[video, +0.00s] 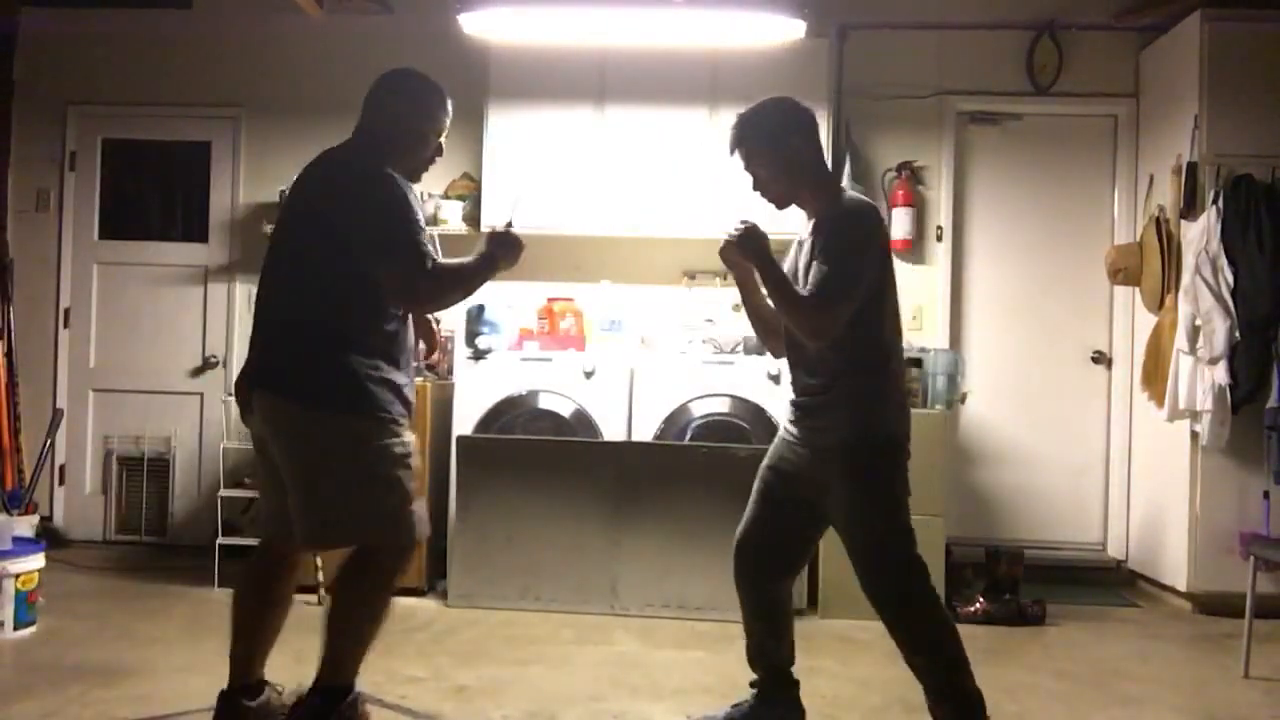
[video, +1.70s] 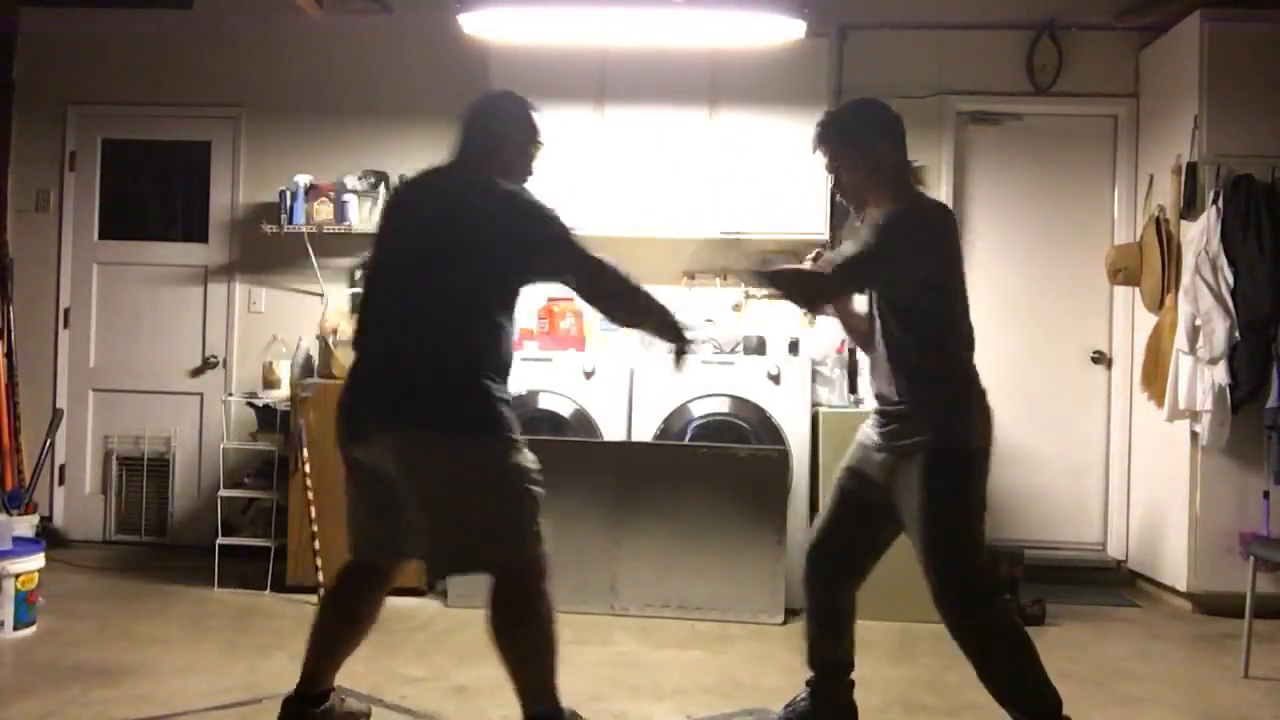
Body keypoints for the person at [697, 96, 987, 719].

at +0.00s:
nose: (752, 184)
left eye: (756, 167)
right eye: (747, 171)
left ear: (795, 153)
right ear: (794, 159)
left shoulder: (852, 218)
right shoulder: (807, 238)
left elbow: (818, 329)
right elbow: (777, 341)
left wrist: (763, 263)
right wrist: (745, 279)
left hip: (862, 438)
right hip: (805, 432)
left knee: (895, 585)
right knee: (757, 559)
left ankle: (962, 711)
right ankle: (775, 695)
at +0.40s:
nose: (783, 184)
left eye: (786, 167)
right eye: (778, 170)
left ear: (826, 154)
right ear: (833, 156)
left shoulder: (857, 221)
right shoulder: (869, 218)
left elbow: (766, 290)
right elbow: (874, 340)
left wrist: (706, 305)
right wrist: (818, 303)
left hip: (928, 427)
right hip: (880, 424)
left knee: (936, 586)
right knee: (822, 561)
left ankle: (989, 712)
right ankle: (784, 693)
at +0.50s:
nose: (796, 190)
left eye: (797, 174)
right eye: (791, 177)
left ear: (833, 157)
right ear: (844, 156)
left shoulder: (856, 233)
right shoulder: (910, 215)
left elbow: (780, 330)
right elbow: (941, 309)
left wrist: (697, 343)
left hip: (939, 427)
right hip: (901, 421)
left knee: (942, 595)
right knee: (856, 553)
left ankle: (992, 714)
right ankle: (838, 692)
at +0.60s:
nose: (814, 187)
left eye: (817, 170)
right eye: (809, 172)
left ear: (852, 158)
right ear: (864, 158)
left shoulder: (876, 241)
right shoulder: (931, 219)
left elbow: (844, 356)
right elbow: (927, 324)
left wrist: (785, 354)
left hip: (937, 430)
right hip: (915, 424)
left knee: (934, 600)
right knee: (862, 557)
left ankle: (990, 716)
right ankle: (843, 692)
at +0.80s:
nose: (842, 174)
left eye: (847, 157)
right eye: (838, 160)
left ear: (890, 144)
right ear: (885, 149)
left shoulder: (938, 217)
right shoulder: (906, 224)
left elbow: (928, 329)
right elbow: (904, 319)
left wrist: (853, 296)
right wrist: (851, 297)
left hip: (939, 433)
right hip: (891, 430)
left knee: (941, 600)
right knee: (844, 564)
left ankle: (990, 715)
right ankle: (853, 695)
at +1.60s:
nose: (832, 189)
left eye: (839, 171)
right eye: (827, 174)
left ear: (884, 161)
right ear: (872, 168)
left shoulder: (937, 237)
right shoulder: (873, 254)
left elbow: (894, 340)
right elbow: (850, 355)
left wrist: (829, 269)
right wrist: (816, 293)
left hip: (931, 443)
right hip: (870, 435)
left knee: (960, 604)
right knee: (810, 568)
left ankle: (1041, 714)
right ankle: (829, 699)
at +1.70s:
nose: (832, 183)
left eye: (839, 166)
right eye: (828, 168)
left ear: (881, 155)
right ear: (866, 163)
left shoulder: (916, 220)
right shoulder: (869, 230)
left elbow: (820, 285)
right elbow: (874, 338)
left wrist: (748, 272)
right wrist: (832, 297)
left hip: (944, 432)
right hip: (887, 427)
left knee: (964, 595)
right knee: (826, 565)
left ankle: (1045, 714)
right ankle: (827, 699)